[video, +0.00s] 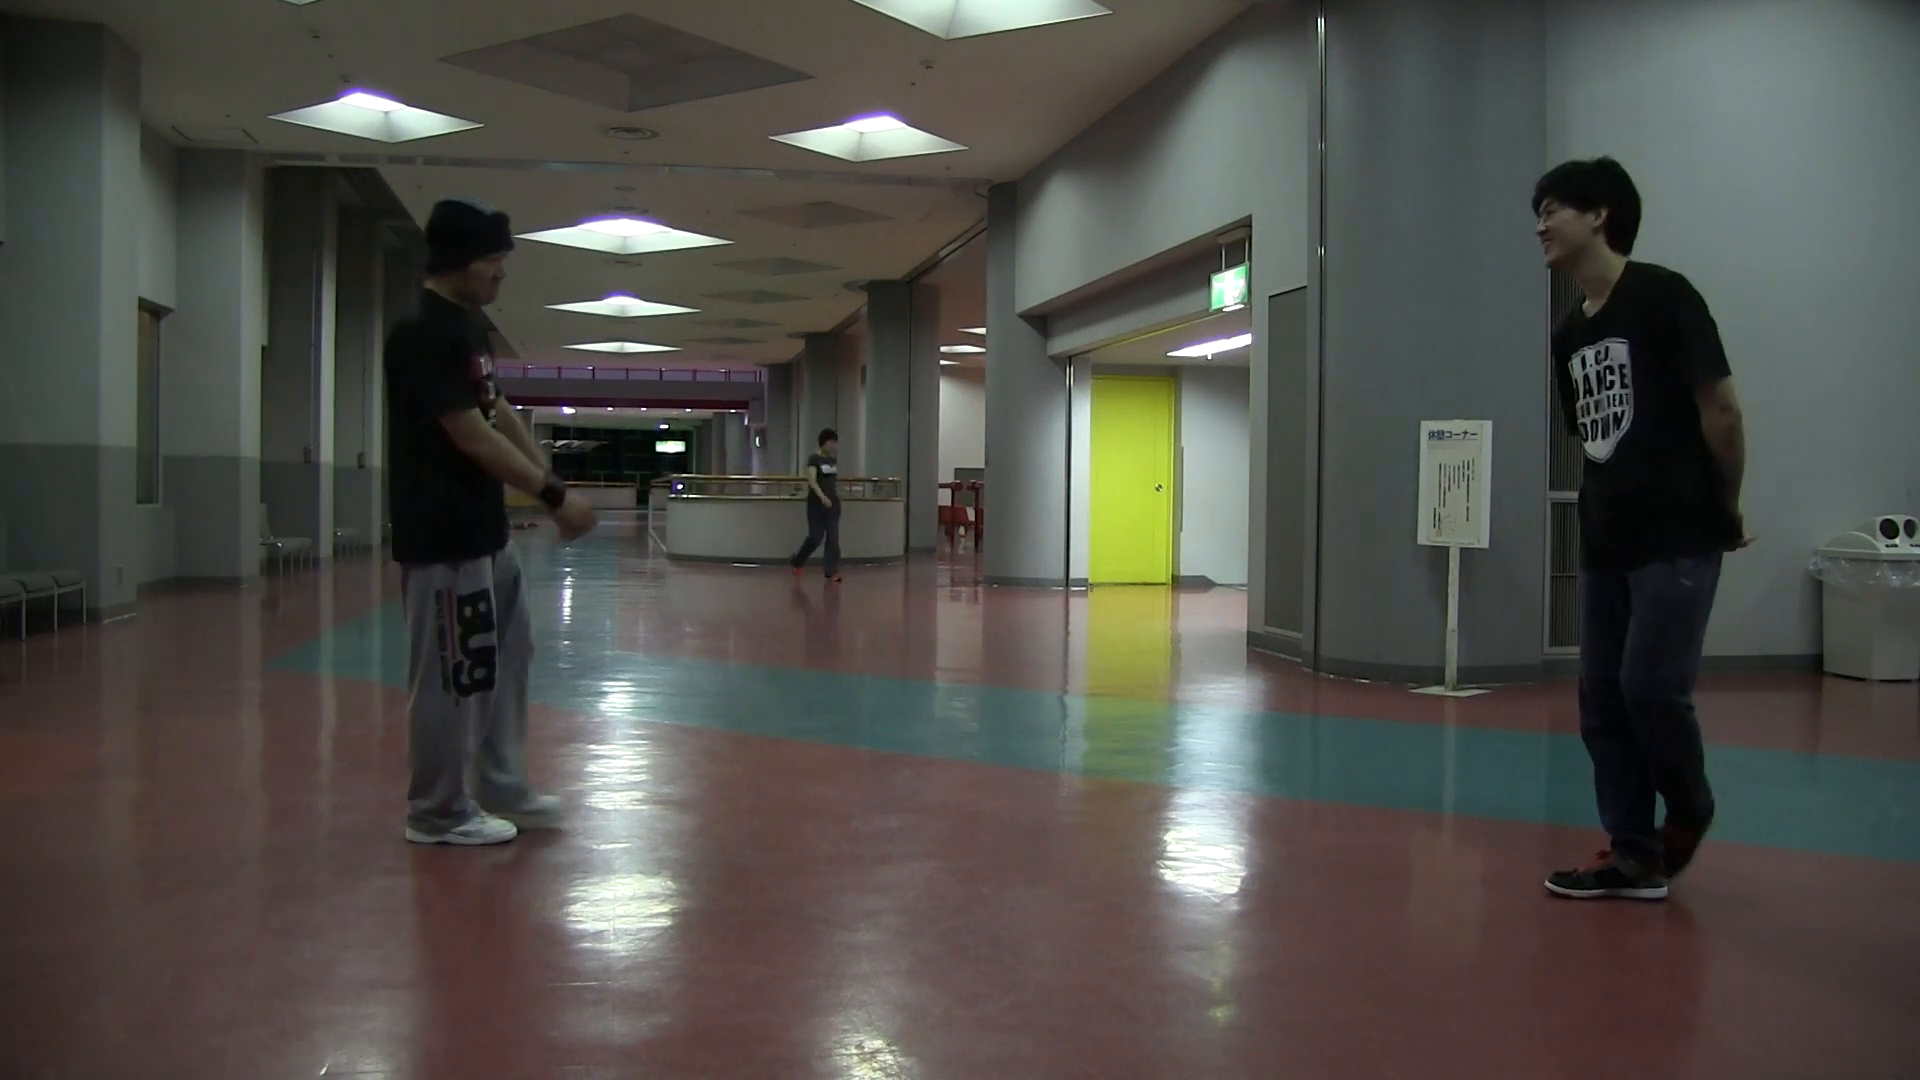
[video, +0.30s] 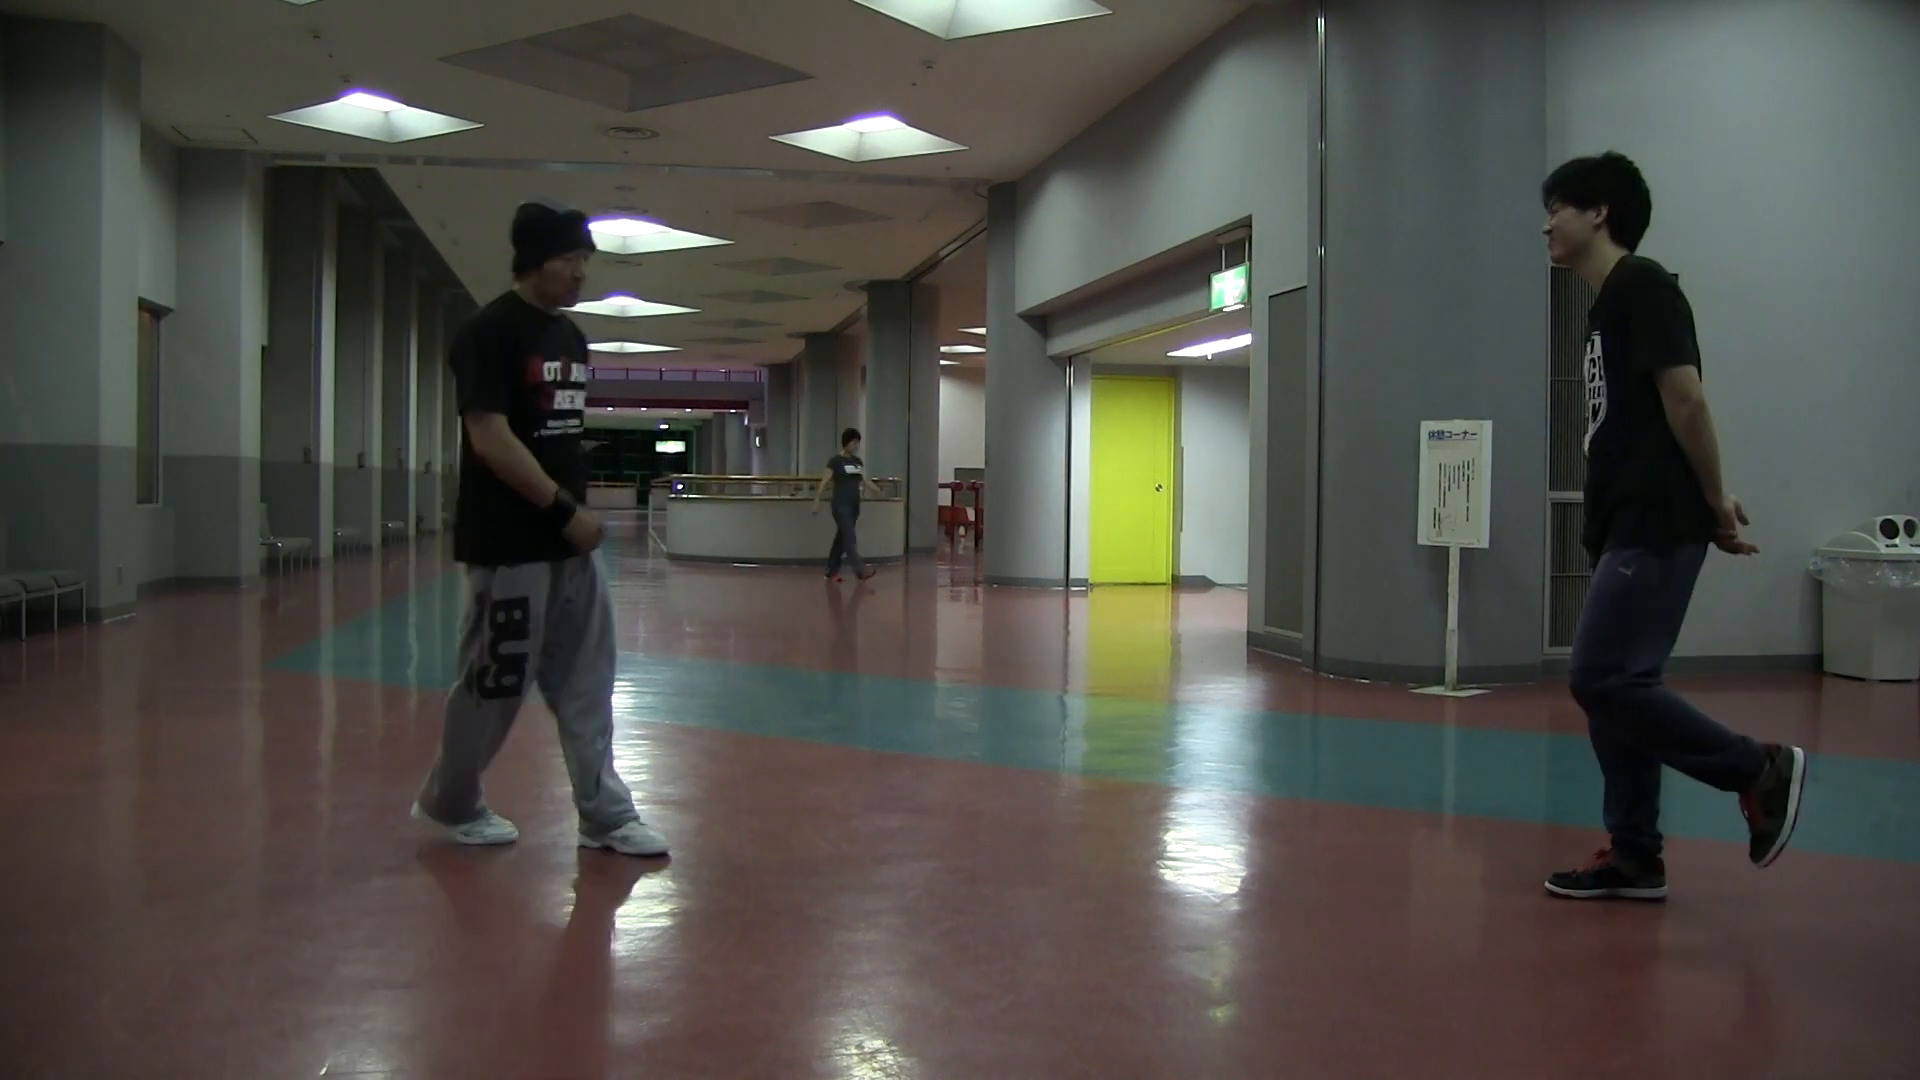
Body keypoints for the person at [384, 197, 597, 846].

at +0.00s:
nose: (501, 275)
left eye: (503, 263)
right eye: (494, 263)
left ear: (462, 261)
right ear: (458, 262)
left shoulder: (464, 329)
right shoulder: (427, 333)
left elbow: (496, 413)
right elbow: (468, 433)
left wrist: (547, 480)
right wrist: (551, 494)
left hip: (481, 534)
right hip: (440, 541)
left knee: (507, 656)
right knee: (447, 674)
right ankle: (437, 812)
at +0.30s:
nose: (578, 276)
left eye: (583, 264)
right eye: (568, 263)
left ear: (580, 264)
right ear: (531, 262)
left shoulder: (569, 336)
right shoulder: (489, 331)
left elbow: (557, 429)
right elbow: (487, 435)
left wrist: (572, 505)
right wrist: (566, 510)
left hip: (568, 537)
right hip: (507, 542)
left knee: (585, 684)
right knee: (494, 681)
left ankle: (605, 816)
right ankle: (448, 800)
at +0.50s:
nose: (619, 266)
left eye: (624, 254)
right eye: (607, 253)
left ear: (623, 257)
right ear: (569, 254)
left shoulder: (630, 334)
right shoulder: (519, 325)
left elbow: (649, 434)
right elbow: (499, 428)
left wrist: (687, 499)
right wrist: (494, 517)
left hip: (611, 534)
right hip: (542, 532)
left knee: (612, 678)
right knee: (546, 673)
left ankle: (605, 813)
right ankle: (501, 802)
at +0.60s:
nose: (625, 267)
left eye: (632, 255)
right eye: (613, 254)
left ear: (634, 255)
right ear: (575, 250)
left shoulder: (645, 330)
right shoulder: (520, 324)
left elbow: (703, 412)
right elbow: (485, 415)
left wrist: (773, 456)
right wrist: (469, 499)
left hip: (620, 538)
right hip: (543, 533)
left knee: (621, 678)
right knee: (537, 681)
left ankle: (608, 815)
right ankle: (519, 840)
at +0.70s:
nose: (627, 266)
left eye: (634, 253)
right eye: (614, 252)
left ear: (640, 255)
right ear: (577, 252)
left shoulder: (655, 333)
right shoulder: (522, 325)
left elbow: (727, 388)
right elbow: (475, 416)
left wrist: (821, 390)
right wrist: (449, 497)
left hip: (625, 543)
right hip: (543, 539)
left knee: (620, 684)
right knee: (536, 696)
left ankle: (609, 814)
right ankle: (534, 851)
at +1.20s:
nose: (554, 233)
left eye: (566, 217)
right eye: (537, 219)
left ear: (579, 214)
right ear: (502, 214)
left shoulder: (608, 294)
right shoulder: (449, 299)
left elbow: (715, 330)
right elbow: (408, 406)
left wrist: (816, 306)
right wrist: (402, 513)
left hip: (588, 531)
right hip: (487, 537)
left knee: (606, 688)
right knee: (497, 712)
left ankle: (613, 860)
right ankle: (528, 875)